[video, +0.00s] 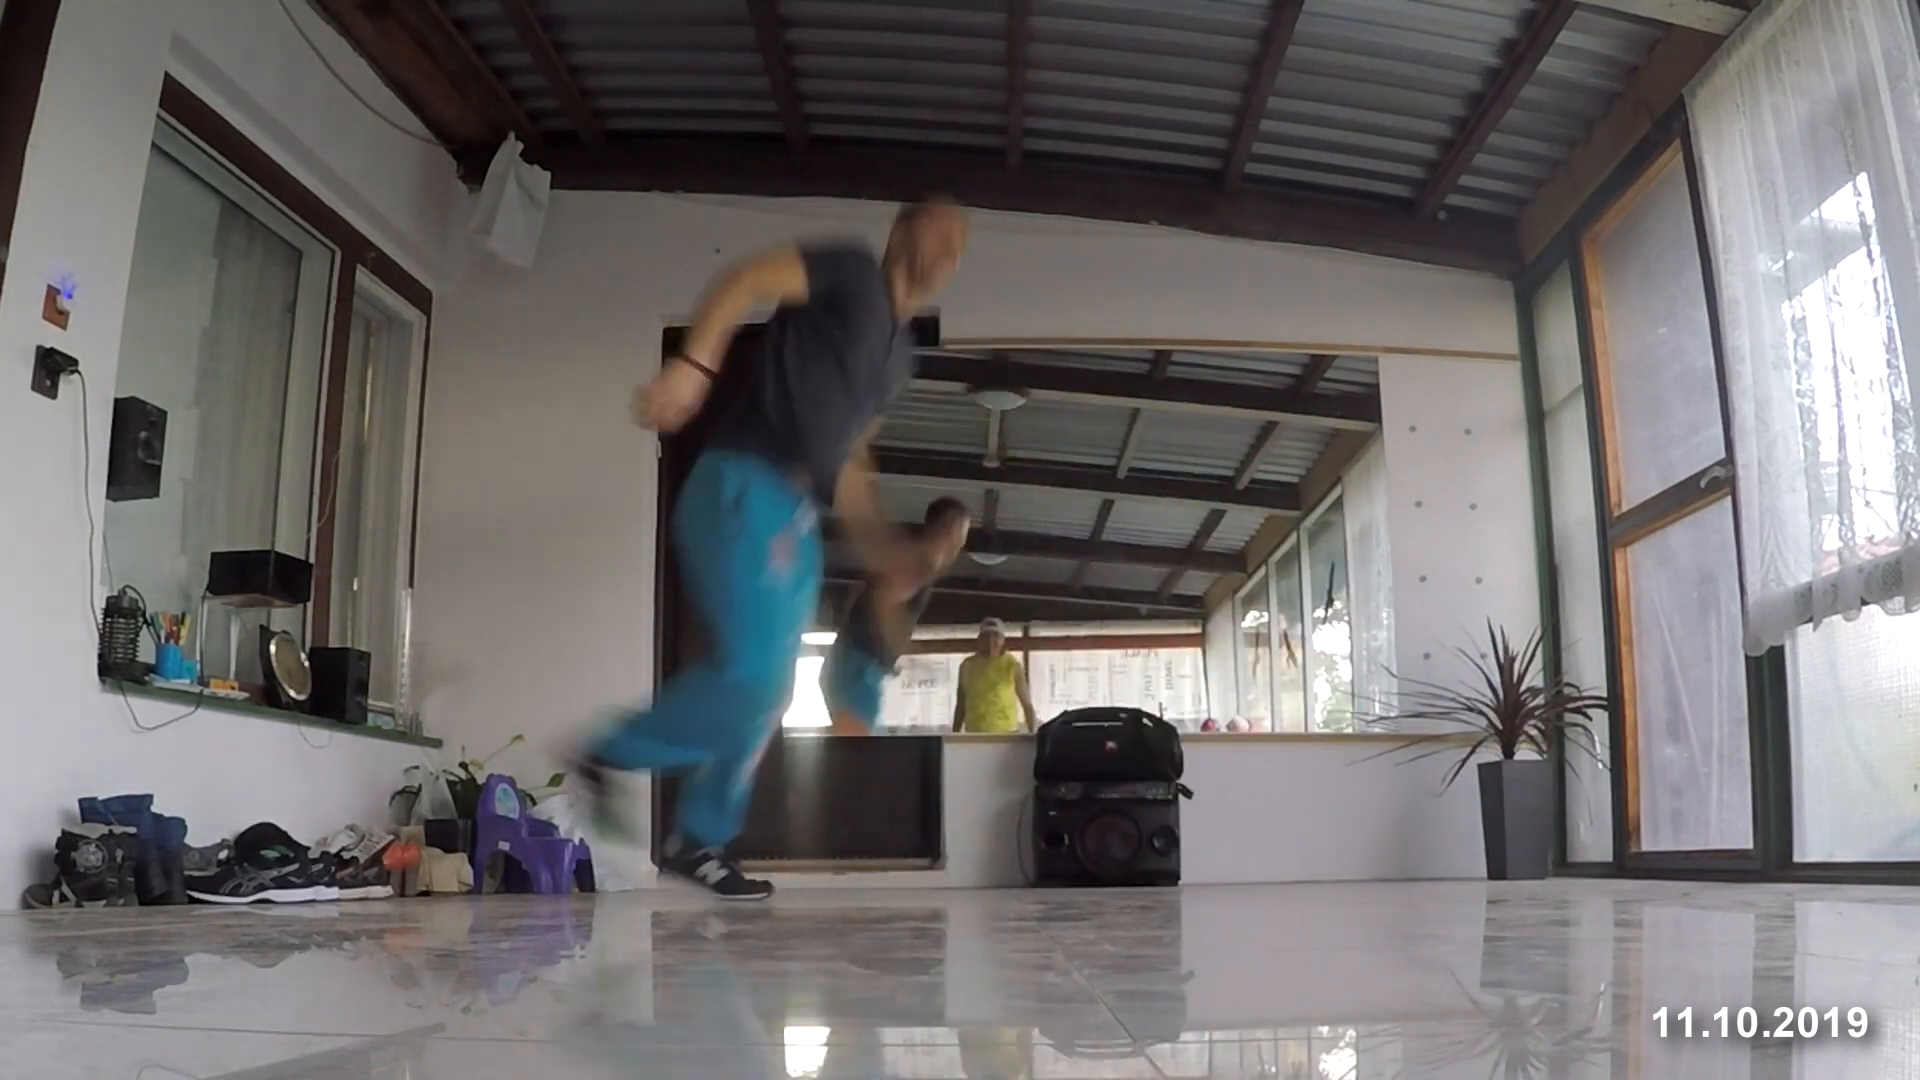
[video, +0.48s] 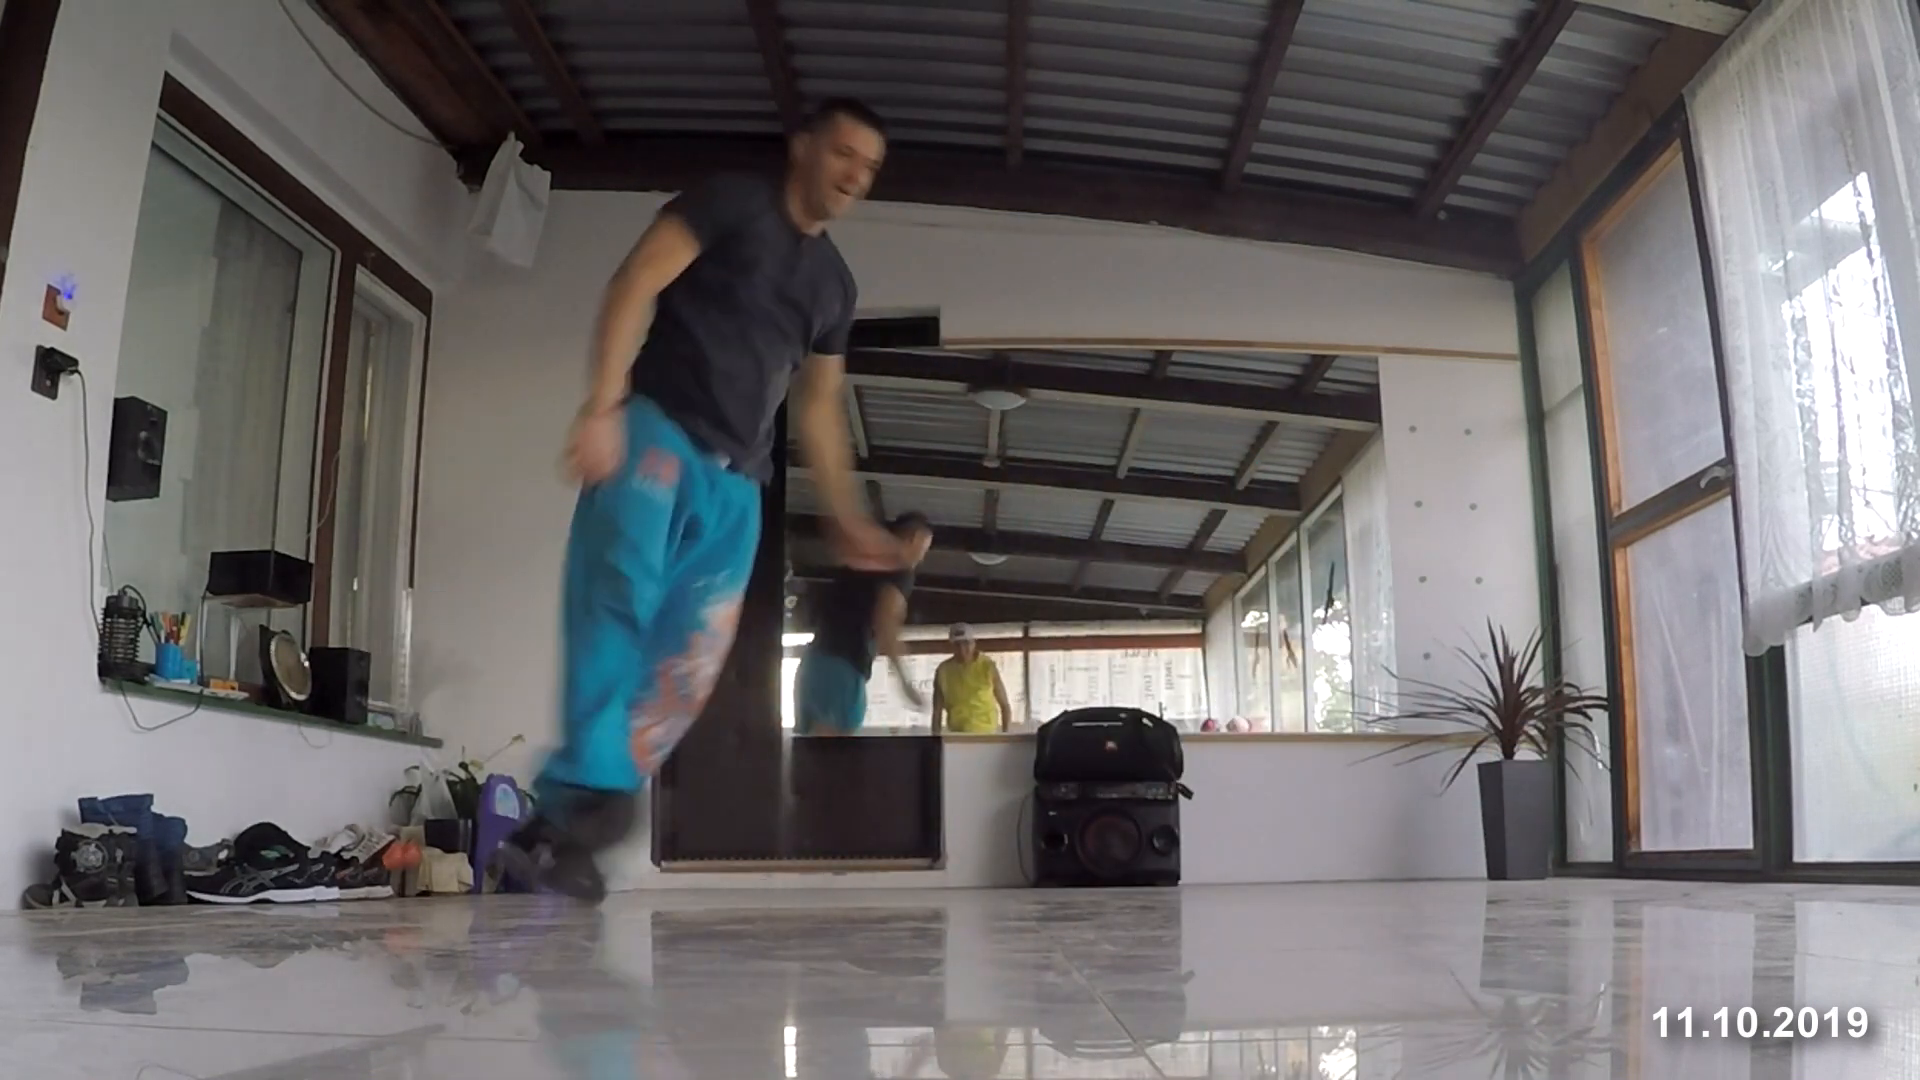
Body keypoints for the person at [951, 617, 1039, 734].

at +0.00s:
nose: (991, 641)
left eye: (996, 636)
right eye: (986, 636)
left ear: (1003, 640)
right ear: (979, 639)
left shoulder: (1012, 665)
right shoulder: (967, 665)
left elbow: (1027, 703)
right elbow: (961, 704)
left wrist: (1033, 733)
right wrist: (954, 734)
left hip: (1006, 734)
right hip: (974, 735)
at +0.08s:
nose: (986, 642)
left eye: (990, 637)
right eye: (981, 637)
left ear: (998, 640)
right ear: (974, 639)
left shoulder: (1007, 664)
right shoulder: (963, 665)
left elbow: (1022, 699)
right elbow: (957, 702)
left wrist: (1028, 731)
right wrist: (951, 733)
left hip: (1002, 733)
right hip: (970, 734)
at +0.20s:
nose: (975, 647)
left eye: (979, 641)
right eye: (970, 642)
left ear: (987, 643)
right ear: (964, 643)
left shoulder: (998, 666)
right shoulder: (953, 668)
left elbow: (1014, 705)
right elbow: (947, 707)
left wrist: (1016, 735)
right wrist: (943, 737)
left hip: (994, 736)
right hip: (963, 737)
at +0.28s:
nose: (972, 648)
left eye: (976, 642)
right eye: (967, 643)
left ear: (984, 643)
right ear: (962, 644)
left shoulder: (996, 666)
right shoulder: (952, 669)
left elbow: (1013, 707)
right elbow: (945, 707)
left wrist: (1013, 737)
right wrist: (941, 737)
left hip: (993, 735)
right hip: (962, 737)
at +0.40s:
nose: (965, 650)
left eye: (969, 643)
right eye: (960, 644)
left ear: (977, 644)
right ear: (955, 645)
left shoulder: (990, 666)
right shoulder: (946, 670)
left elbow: (1008, 708)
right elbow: (939, 710)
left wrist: (1005, 736)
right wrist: (937, 739)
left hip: (989, 735)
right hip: (959, 736)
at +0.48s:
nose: (962, 649)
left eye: (966, 643)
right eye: (957, 644)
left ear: (974, 643)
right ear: (952, 646)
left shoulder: (987, 666)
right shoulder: (943, 670)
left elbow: (1005, 706)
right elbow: (937, 709)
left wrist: (1005, 736)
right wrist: (936, 739)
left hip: (988, 734)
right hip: (957, 736)